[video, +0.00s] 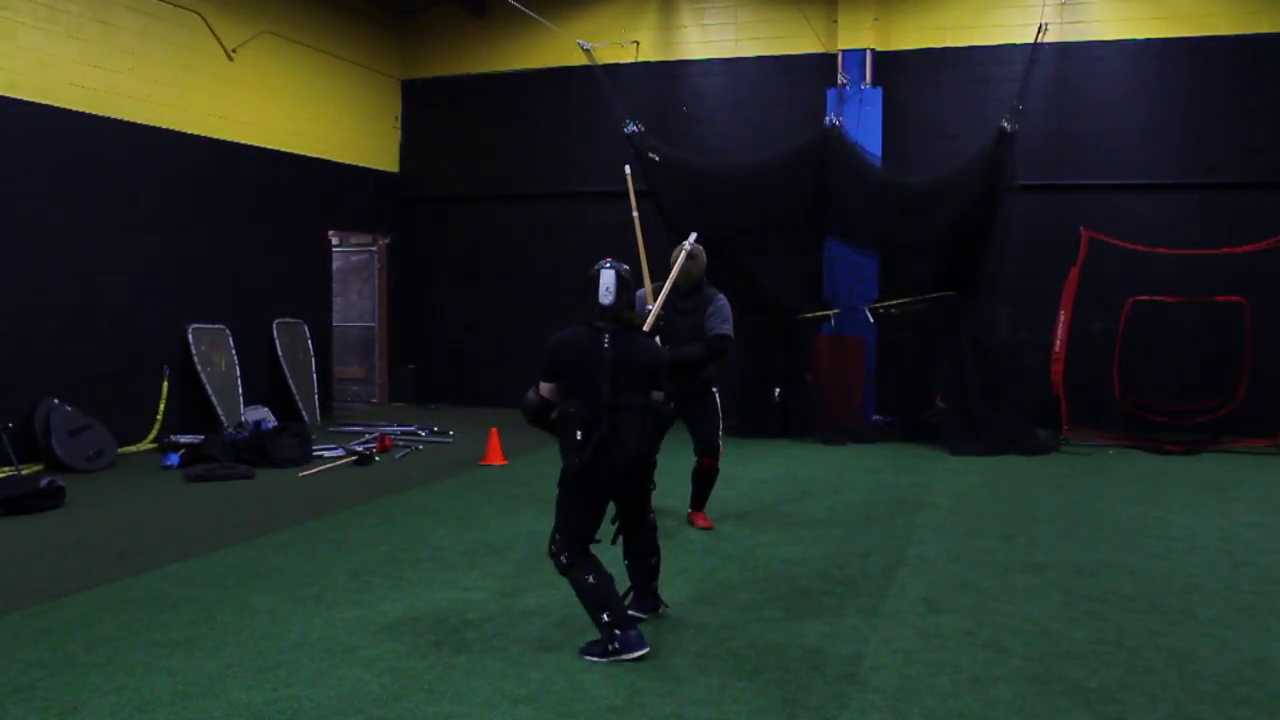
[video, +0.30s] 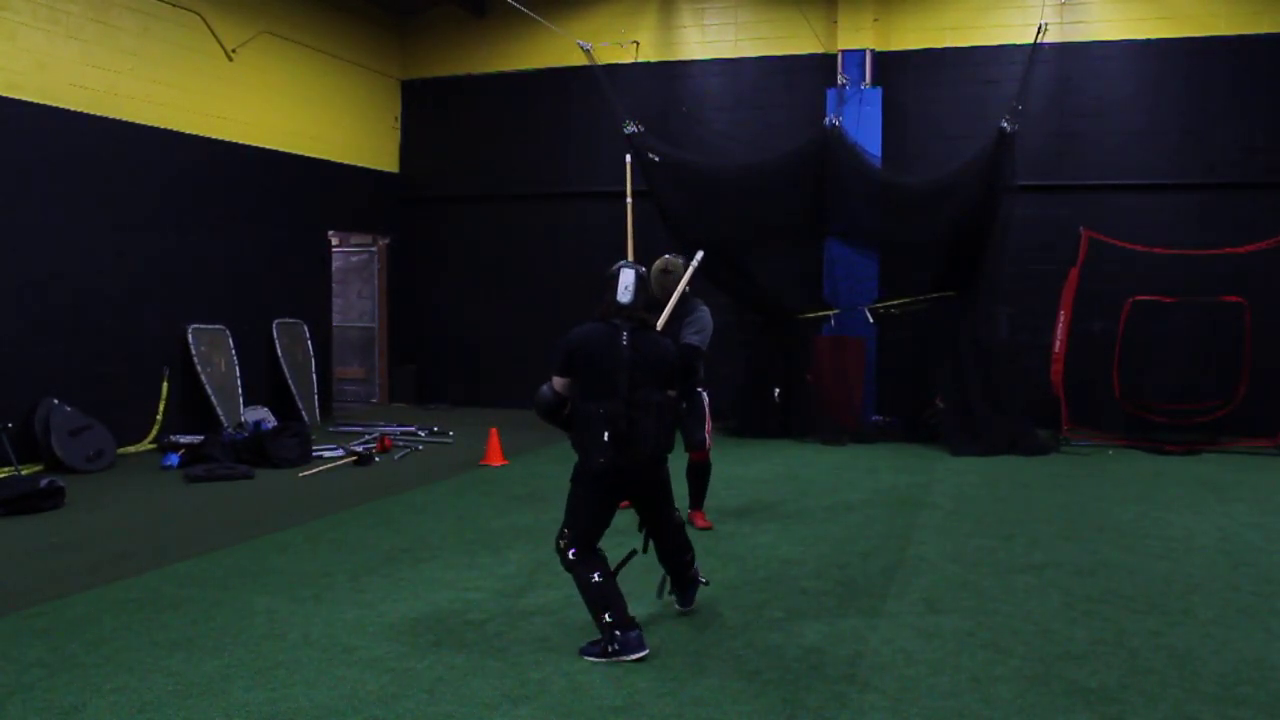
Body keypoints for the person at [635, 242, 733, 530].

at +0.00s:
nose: (683, 271)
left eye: (690, 266)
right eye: (679, 265)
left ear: (702, 270)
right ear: (671, 266)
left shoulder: (715, 302)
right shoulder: (650, 298)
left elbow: (720, 343)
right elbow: (634, 338)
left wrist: (675, 357)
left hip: (699, 386)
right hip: (659, 386)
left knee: (710, 450)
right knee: (642, 447)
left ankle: (697, 509)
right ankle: (639, 506)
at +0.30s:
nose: (665, 286)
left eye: (671, 280)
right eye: (661, 280)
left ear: (681, 282)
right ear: (652, 283)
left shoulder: (696, 312)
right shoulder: (644, 308)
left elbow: (688, 355)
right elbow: (627, 350)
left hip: (688, 392)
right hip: (650, 391)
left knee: (698, 447)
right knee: (643, 446)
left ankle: (696, 509)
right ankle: (635, 494)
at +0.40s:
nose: (659, 276)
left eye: (665, 270)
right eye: (655, 270)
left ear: (678, 276)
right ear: (648, 275)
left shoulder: (694, 307)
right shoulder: (642, 302)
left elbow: (683, 354)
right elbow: (629, 339)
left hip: (685, 386)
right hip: (646, 386)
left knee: (694, 445)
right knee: (649, 447)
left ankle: (696, 508)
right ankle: (653, 507)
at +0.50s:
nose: (659, 277)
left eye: (664, 272)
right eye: (655, 272)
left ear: (674, 274)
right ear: (650, 273)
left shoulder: (691, 302)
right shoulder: (633, 295)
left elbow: (690, 341)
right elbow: (616, 329)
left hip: (682, 382)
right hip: (643, 380)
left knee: (689, 441)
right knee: (643, 439)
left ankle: (691, 504)